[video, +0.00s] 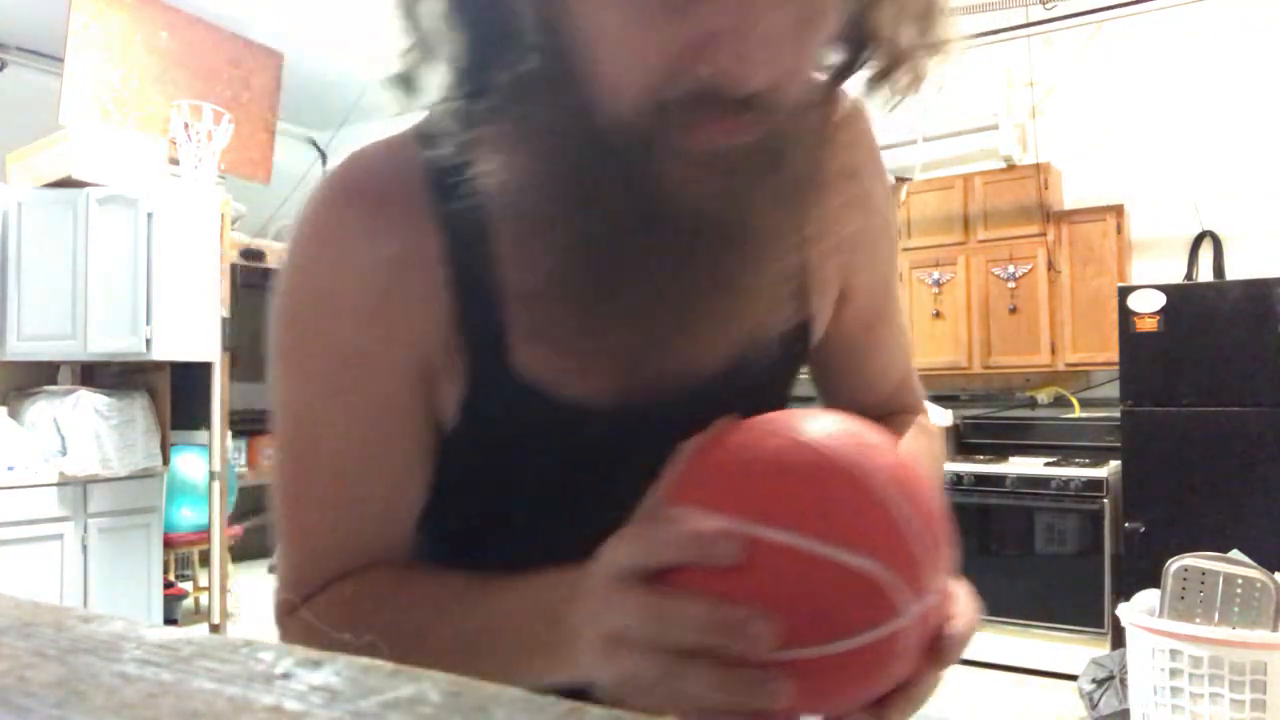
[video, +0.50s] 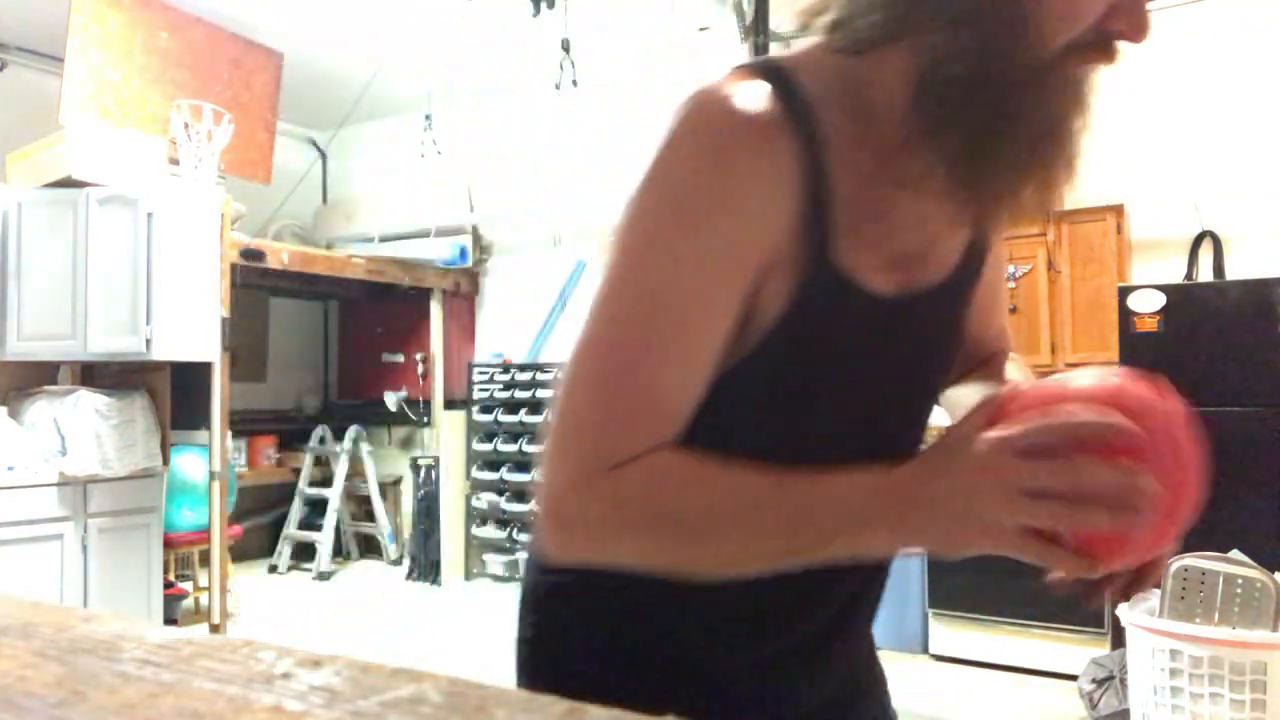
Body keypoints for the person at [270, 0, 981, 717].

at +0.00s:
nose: (746, 55)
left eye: (805, 1)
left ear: (848, 14)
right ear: (539, 8)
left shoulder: (829, 157)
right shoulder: (384, 219)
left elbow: (894, 414)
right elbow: (325, 604)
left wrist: (897, 573)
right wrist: (570, 625)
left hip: (732, 688)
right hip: (447, 704)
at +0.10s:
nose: (879, 26)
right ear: (638, 6)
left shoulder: (862, 167)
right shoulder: (453, 201)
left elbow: (914, 428)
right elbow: (369, 584)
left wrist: (961, 565)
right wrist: (647, 585)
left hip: (733, 686)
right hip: (489, 693)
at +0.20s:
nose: (980, 18)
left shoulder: (896, 187)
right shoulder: (539, 184)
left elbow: (928, 454)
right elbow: (413, 563)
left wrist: (978, 555)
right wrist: (709, 553)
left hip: (766, 683)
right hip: (534, 692)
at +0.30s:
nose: (1049, 23)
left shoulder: (930, 179)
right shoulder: (624, 163)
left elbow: (944, 451)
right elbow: (462, 542)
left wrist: (1012, 508)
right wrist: (794, 522)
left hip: (791, 677)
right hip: (573, 688)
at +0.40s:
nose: (1099, 29)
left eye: (1101, 0)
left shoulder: (943, 170)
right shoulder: (684, 153)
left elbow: (978, 374)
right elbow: (526, 530)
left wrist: (1046, 477)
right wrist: (864, 519)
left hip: (815, 675)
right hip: (608, 686)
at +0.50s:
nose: (1134, 23)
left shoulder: (965, 154)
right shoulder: (743, 132)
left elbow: (977, 371)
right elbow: (583, 507)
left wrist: (1068, 503)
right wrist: (910, 504)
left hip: (824, 671)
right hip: (631, 683)